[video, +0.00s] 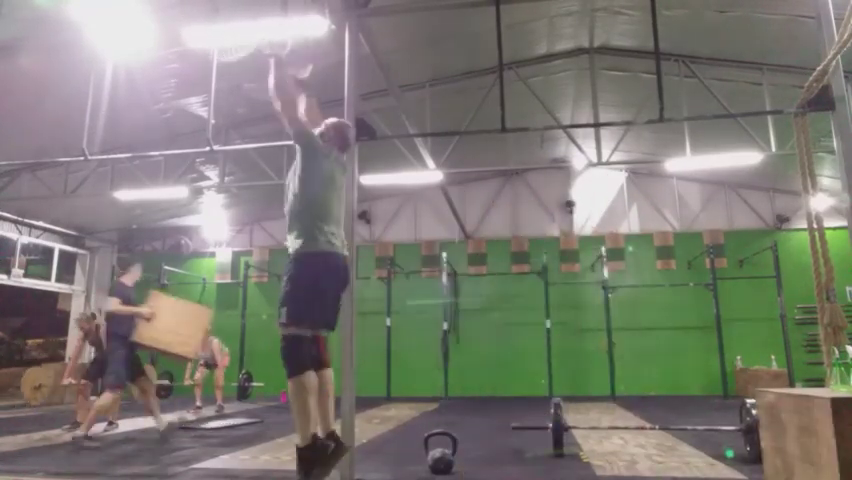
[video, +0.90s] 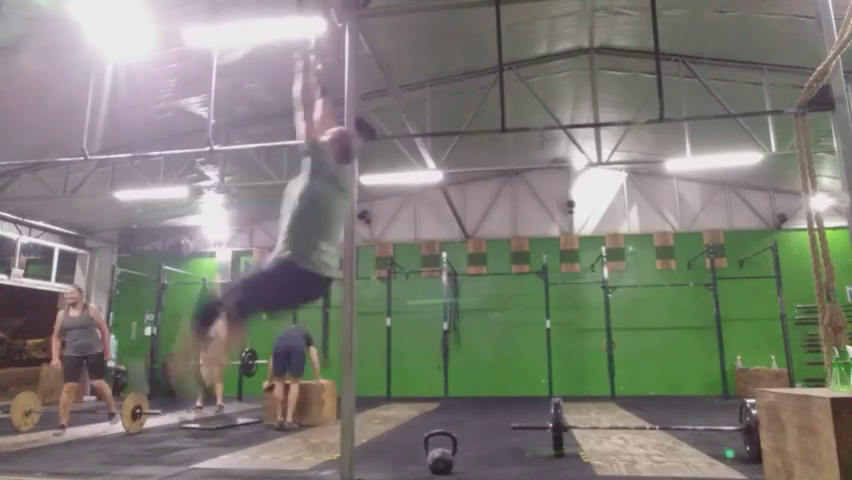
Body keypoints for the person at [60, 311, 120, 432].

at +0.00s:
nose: (82, 329)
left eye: (84, 326)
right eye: (80, 326)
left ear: (91, 323)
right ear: (81, 325)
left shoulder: (102, 329)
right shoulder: (84, 333)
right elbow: (75, 355)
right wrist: (66, 376)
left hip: (114, 356)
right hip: (100, 357)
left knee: (112, 387)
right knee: (84, 384)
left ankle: (112, 420)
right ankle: (80, 420)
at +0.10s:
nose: (74, 346)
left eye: (75, 342)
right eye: (72, 343)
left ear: (83, 340)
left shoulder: (100, 343)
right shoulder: (80, 346)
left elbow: (106, 367)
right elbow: (72, 367)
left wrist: (108, 389)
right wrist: (62, 391)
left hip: (119, 360)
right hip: (101, 361)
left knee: (111, 388)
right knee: (82, 384)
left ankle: (112, 421)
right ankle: (80, 421)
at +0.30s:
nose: (70, 356)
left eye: (71, 353)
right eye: (69, 354)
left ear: (78, 349)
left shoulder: (95, 349)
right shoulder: (71, 352)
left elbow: (103, 377)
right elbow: (67, 377)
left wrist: (104, 403)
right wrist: (59, 400)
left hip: (117, 359)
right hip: (97, 360)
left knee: (108, 385)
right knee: (80, 385)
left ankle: (112, 421)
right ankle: (80, 421)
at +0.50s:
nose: (93, 321)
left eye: (95, 317)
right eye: (90, 318)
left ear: (101, 313)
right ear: (87, 316)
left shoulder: (111, 322)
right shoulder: (89, 324)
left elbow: (126, 340)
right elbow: (83, 343)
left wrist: (129, 363)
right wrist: (81, 362)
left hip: (116, 357)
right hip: (99, 357)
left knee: (108, 386)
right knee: (85, 386)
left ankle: (112, 421)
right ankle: (80, 420)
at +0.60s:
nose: (111, 302)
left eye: (114, 299)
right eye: (109, 299)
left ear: (122, 301)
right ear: (106, 301)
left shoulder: (128, 314)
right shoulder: (104, 314)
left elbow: (138, 334)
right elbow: (98, 334)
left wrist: (136, 356)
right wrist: (92, 352)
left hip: (120, 353)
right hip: (102, 351)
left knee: (111, 386)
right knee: (84, 381)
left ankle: (112, 420)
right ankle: (79, 408)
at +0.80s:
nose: (95, 300)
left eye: (98, 297)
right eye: (92, 297)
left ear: (104, 299)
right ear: (89, 299)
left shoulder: (112, 315)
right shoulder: (84, 316)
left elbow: (119, 337)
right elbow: (73, 337)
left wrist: (121, 359)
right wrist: (64, 358)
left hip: (106, 358)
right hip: (85, 358)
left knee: (107, 388)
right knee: (77, 388)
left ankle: (111, 420)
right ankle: (64, 423)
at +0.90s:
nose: (69, 296)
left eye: (72, 293)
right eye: (67, 293)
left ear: (80, 295)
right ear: (65, 297)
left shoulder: (92, 310)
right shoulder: (62, 314)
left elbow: (104, 329)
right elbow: (56, 336)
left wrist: (106, 350)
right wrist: (55, 357)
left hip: (93, 353)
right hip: (72, 354)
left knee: (98, 383)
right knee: (68, 387)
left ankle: (112, 411)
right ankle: (63, 423)